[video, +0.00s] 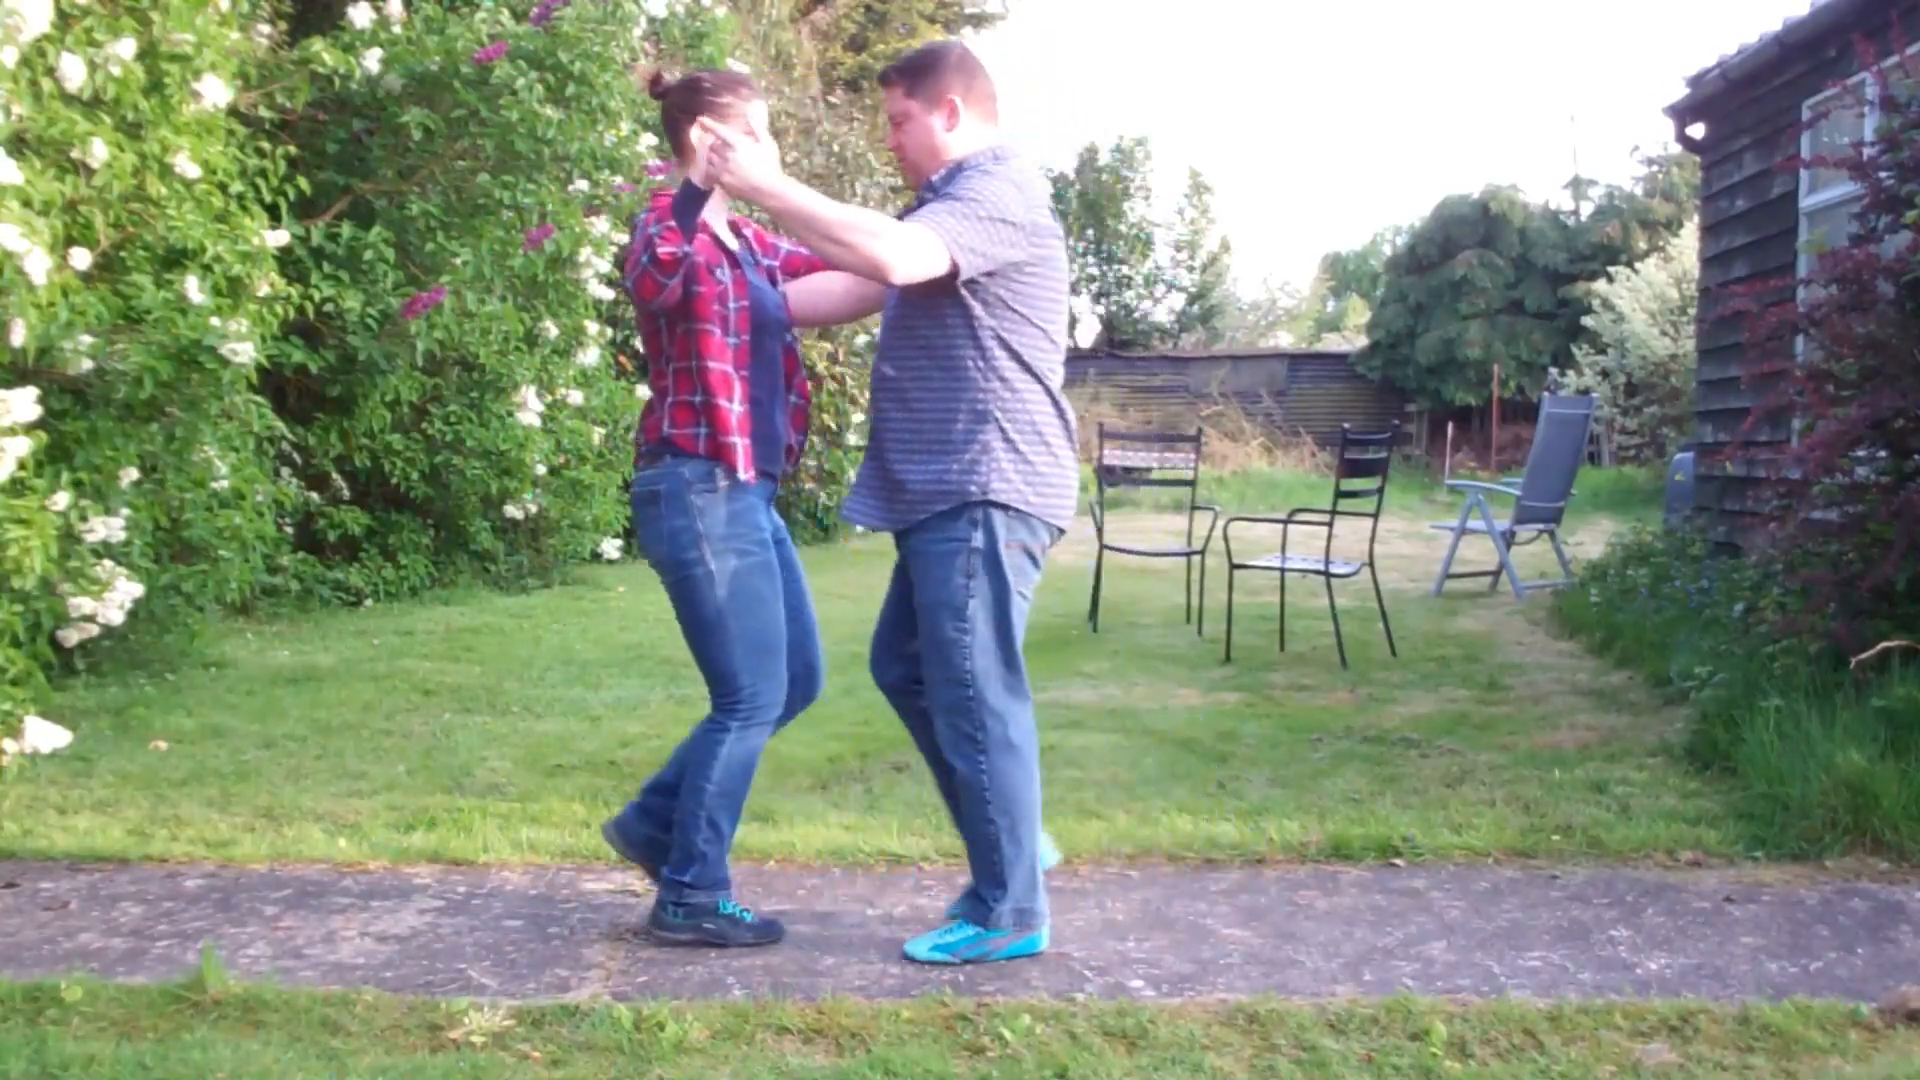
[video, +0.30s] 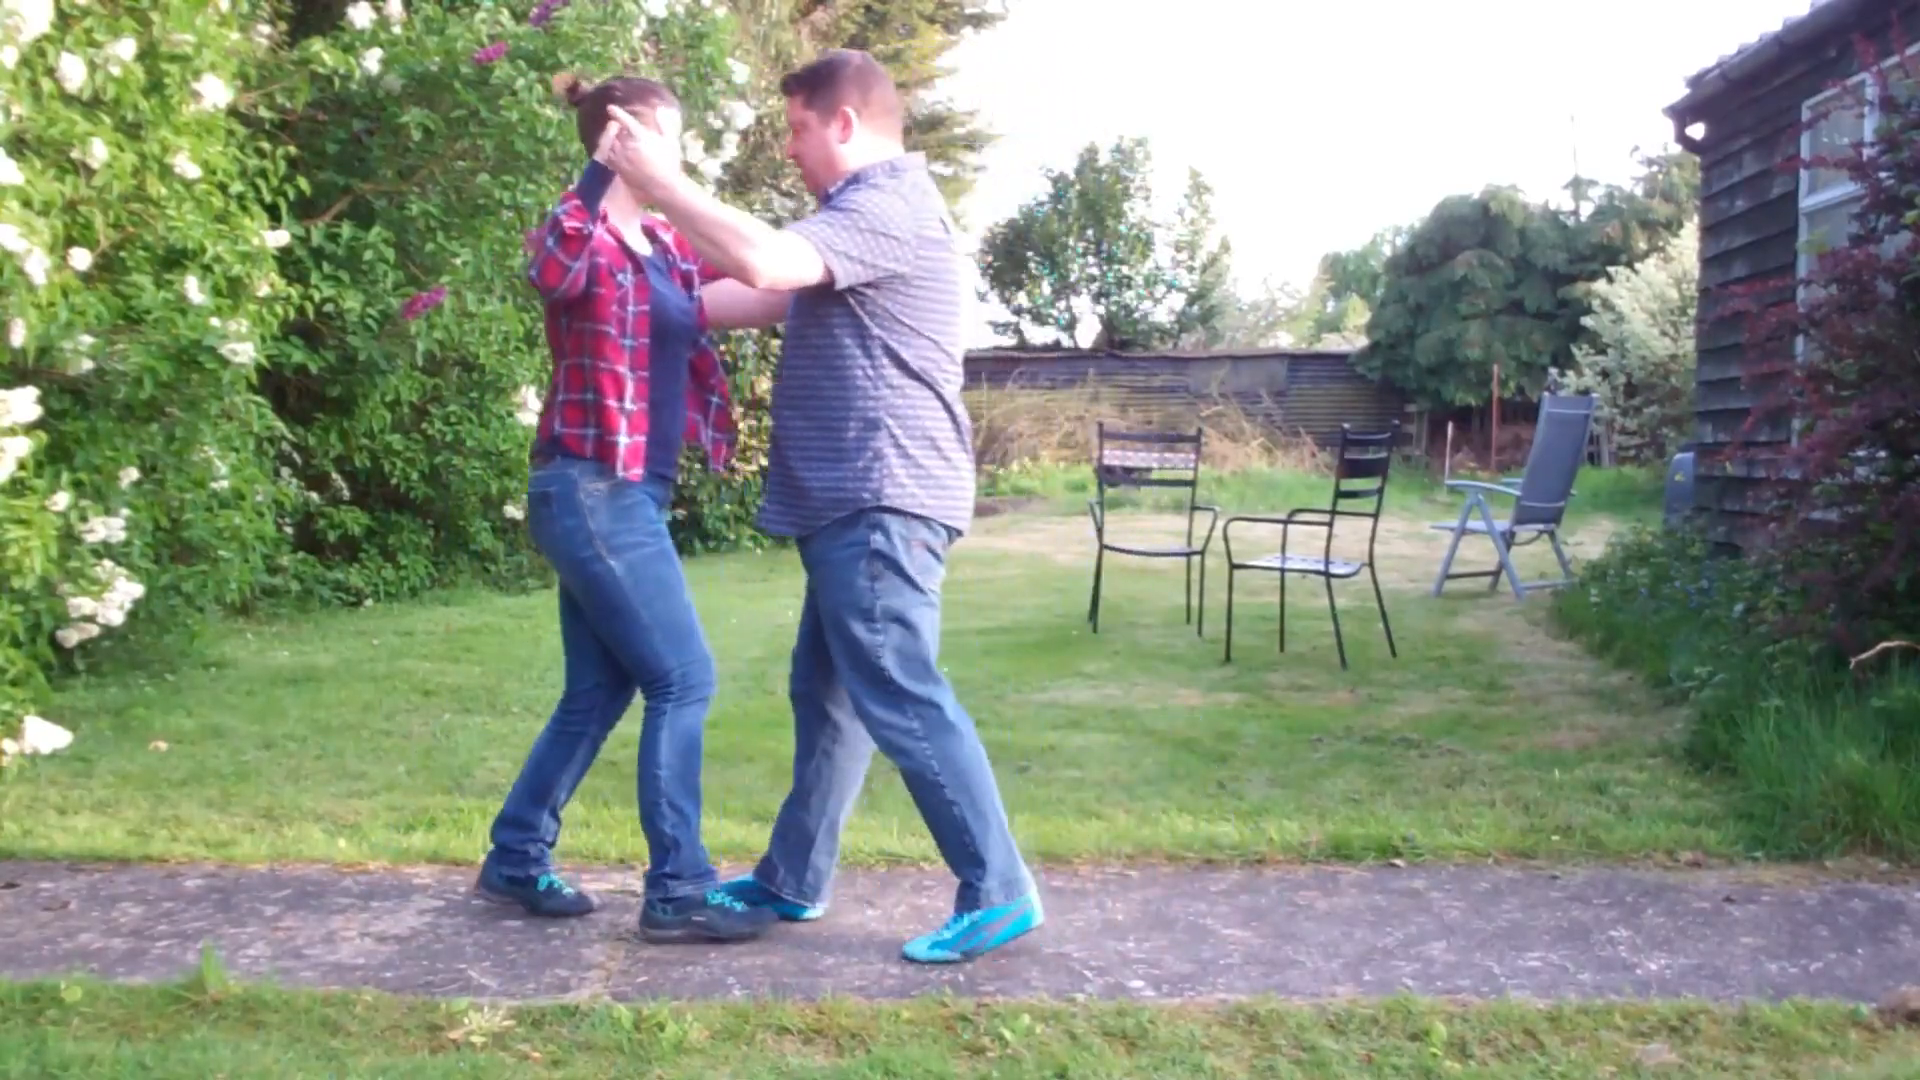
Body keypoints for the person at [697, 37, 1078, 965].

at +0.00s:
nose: (891, 143)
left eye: (898, 122)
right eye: (888, 125)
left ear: (950, 109)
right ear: (954, 113)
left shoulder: (1001, 186)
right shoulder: (955, 202)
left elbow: (900, 254)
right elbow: (845, 289)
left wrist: (766, 183)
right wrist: (712, 305)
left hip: (986, 489)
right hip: (944, 493)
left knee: (977, 698)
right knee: (905, 667)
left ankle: (1012, 913)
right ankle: (1011, 844)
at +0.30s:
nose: (788, 150)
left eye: (796, 130)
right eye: (788, 131)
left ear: (841, 122)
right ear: (856, 123)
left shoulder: (889, 199)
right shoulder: (866, 209)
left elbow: (777, 265)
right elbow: (757, 291)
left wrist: (663, 181)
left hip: (886, 497)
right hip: (852, 500)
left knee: (902, 697)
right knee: (828, 693)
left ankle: (999, 893)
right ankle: (792, 882)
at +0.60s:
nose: (689, 166)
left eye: (695, 145)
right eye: (687, 148)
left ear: (746, 133)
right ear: (756, 135)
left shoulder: (793, 211)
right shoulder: (784, 214)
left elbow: (693, 303)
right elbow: (672, 315)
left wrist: (593, 220)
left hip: (769, 497)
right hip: (791, 499)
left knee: (671, 667)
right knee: (759, 692)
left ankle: (790, 843)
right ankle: (778, 873)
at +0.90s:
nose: (605, 165)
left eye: (611, 144)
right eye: (603, 147)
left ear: (660, 131)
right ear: (670, 132)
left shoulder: (701, 211)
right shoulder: (711, 211)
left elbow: (607, 290)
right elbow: (588, 317)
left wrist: (496, 208)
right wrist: (483, 280)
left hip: (676, 505)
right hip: (721, 507)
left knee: (588, 687)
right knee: (696, 691)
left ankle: (595, 897)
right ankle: (771, 868)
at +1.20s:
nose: (550, 154)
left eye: (557, 134)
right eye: (549, 136)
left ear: (605, 127)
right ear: (626, 128)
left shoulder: (634, 204)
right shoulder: (672, 207)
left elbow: (540, 301)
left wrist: (428, 224)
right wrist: (444, 242)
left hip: (618, 500)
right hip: (680, 504)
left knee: (560, 693)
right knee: (639, 684)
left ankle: (590, 898)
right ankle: (741, 855)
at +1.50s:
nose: (567, 150)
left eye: (573, 129)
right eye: (566, 131)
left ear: (618, 120)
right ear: (643, 121)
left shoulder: (655, 194)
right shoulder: (692, 192)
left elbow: (554, 297)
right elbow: (566, 289)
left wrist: (440, 235)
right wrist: (467, 241)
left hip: (659, 493)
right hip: (725, 494)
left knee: (599, 693)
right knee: (685, 687)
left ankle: (590, 898)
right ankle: (743, 882)